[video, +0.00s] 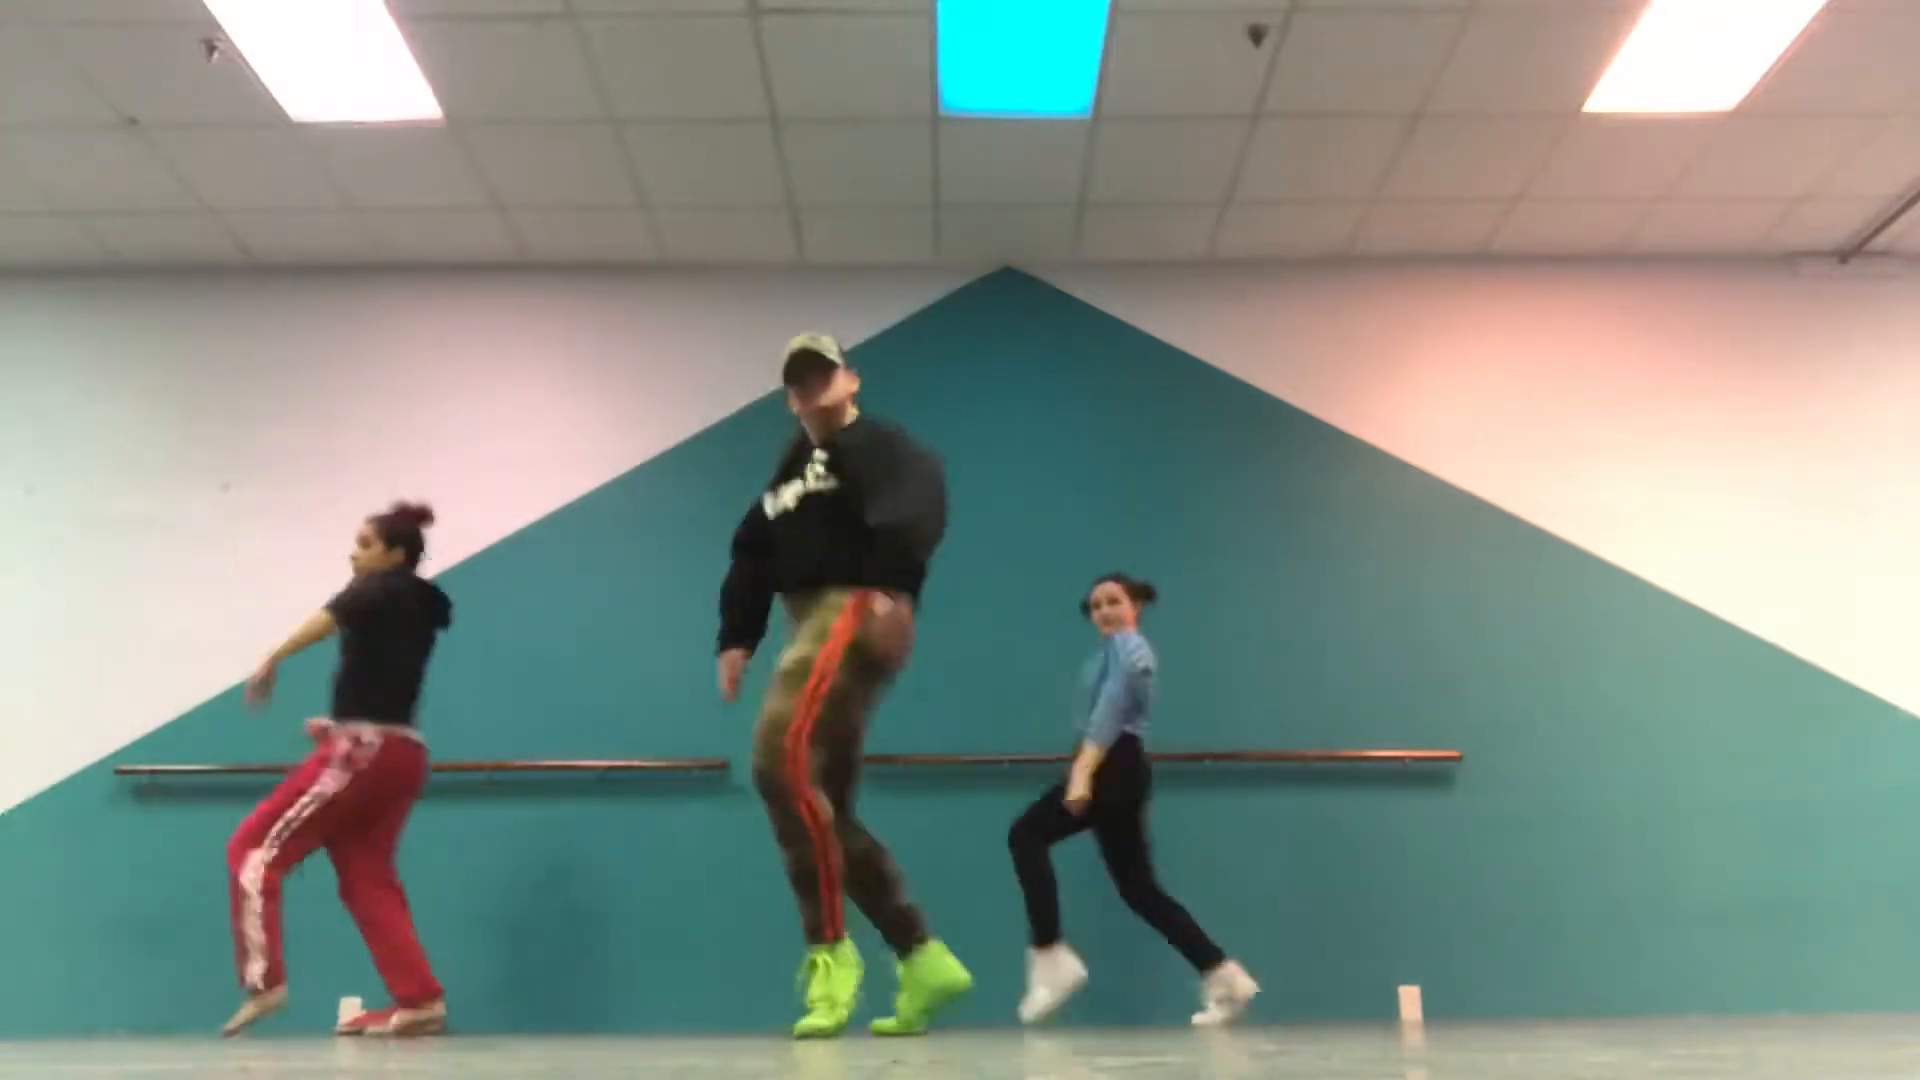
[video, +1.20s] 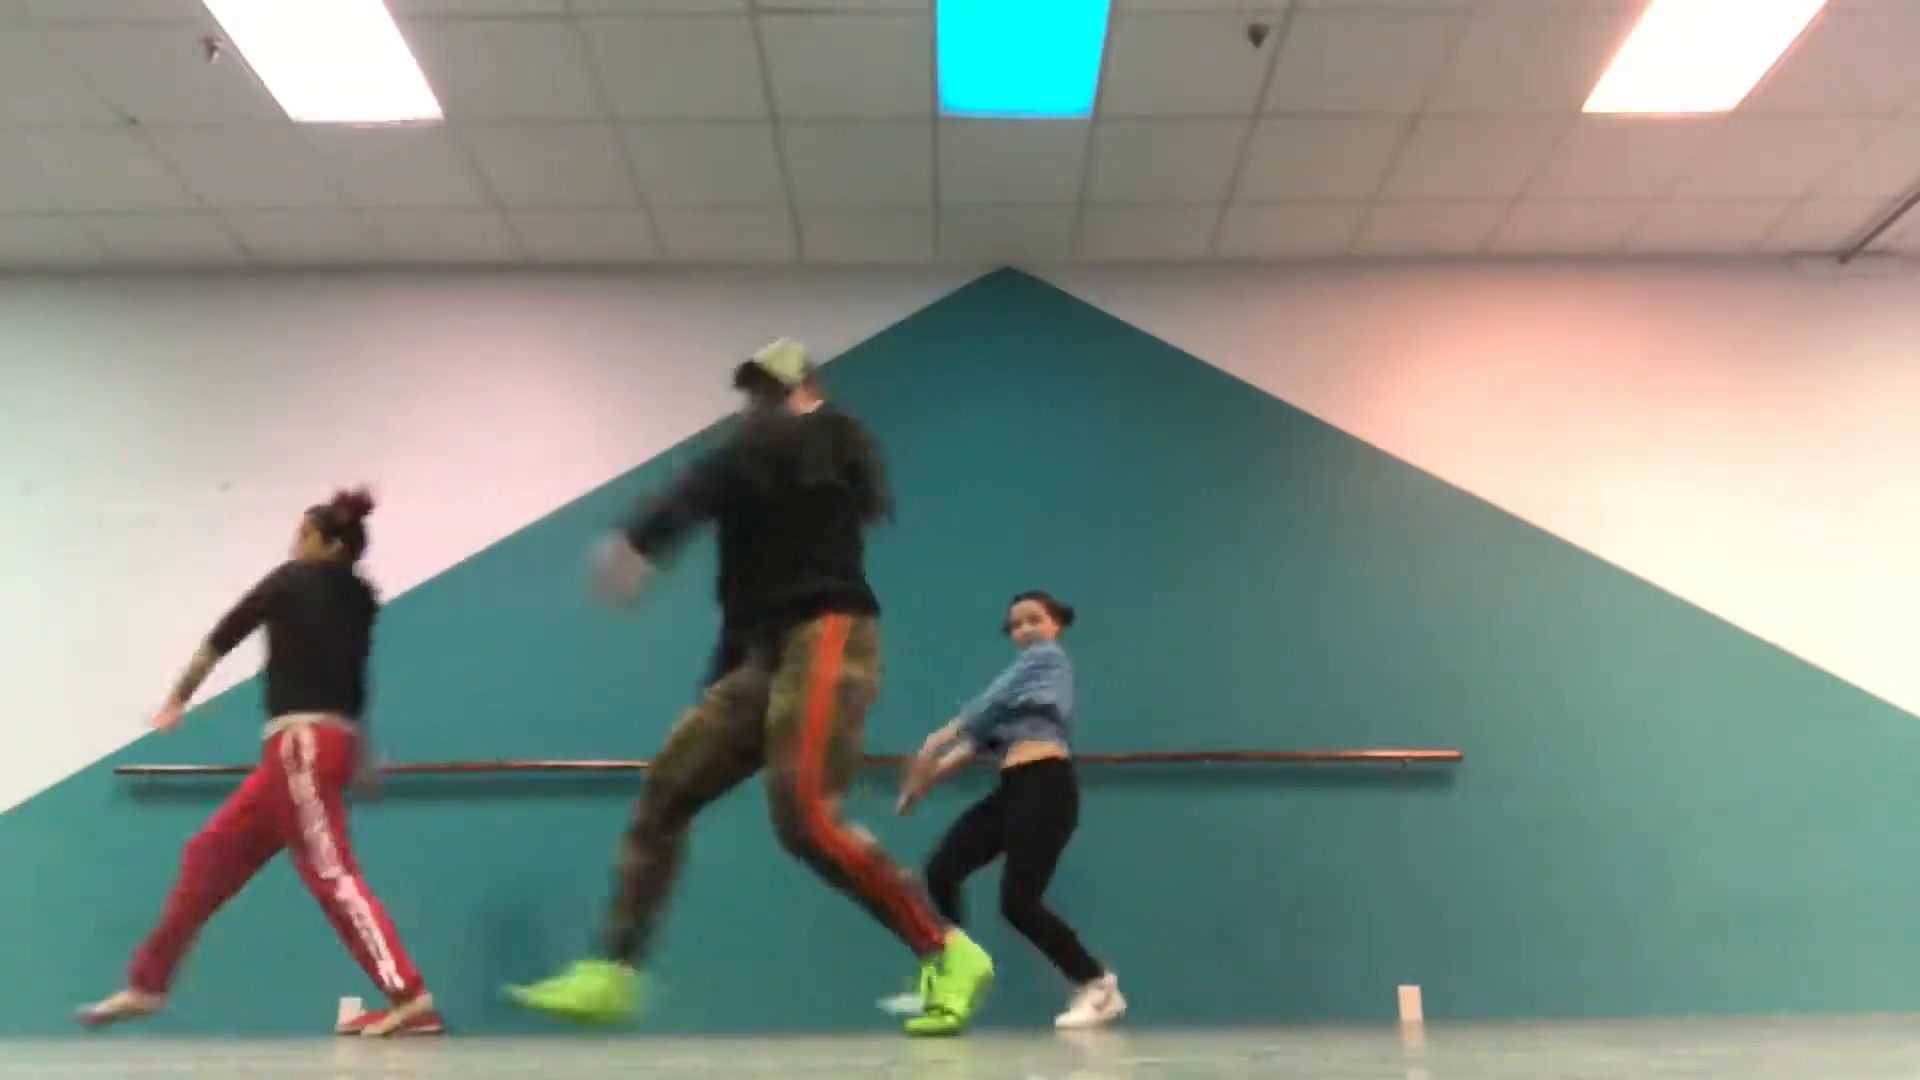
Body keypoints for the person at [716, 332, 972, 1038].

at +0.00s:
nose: (815, 392)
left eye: (825, 377)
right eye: (801, 384)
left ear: (851, 382)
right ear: (790, 399)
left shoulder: (880, 445)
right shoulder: (792, 468)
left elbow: (917, 500)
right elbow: (753, 548)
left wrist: (894, 583)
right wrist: (737, 634)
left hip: (859, 608)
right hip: (810, 616)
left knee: (780, 763)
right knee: (824, 807)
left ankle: (829, 954)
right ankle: (923, 959)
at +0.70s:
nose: (833, 419)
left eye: (847, 405)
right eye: (823, 410)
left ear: (881, 407)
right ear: (817, 422)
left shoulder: (924, 479)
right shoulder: (835, 500)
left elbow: (923, 562)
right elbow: (804, 598)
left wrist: (831, 573)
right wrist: (755, 679)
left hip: (903, 664)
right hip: (862, 667)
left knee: (751, 746)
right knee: (860, 846)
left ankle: (744, 937)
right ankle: (969, 976)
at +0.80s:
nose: (836, 416)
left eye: (849, 403)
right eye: (826, 407)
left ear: (880, 409)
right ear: (816, 419)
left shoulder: (910, 482)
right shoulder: (829, 504)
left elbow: (854, 550)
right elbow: (799, 606)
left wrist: (771, 510)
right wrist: (759, 695)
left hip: (916, 663)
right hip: (863, 669)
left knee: (769, 742)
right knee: (864, 852)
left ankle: (787, 929)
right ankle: (973, 982)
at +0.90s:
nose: (841, 390)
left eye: (854, 376)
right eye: (829, 379)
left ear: (883, 380)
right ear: (819, 390)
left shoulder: (896, 441)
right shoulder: (822, 463)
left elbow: (811, 474)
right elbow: (802, 573)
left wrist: (729, 440)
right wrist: (786, 671)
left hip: (892, 628)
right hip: (837, 636)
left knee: (804, 764)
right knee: (855, 820)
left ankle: (893, 930)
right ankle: (960, 965)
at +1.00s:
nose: (828, 375)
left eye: (842, 363)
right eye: (820, 365)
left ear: (874, 365)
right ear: (816, 370)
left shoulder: (877, 408)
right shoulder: (814, 420)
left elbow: (774, 422)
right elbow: (747, 432)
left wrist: (668, 418)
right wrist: (676, 420)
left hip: (869, 616)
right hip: (809, 626)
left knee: (852, 792)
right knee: (778, 806)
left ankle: (956, 956)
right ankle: (898, 929)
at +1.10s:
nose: (795, 383)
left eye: (808, 371)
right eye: (795, 372)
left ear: (841, 369)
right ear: (832, 371)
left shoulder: (849, 411)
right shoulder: (803, 427)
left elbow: (730, 428)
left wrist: (620, 456)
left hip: (858, 626)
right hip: (799, 644)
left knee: (834, 795)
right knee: (704, 786)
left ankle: (952, 954)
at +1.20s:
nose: (754, 408)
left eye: (764, 396)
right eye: (751, 398)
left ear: (798, 392)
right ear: (797, 394)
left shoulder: (824, 432)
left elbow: (705, 486)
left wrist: (638, 539)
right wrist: (722, 688)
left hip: (828, 636)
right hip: (767, 654)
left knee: (804, 817)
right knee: (667, 790)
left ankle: (946, 952)